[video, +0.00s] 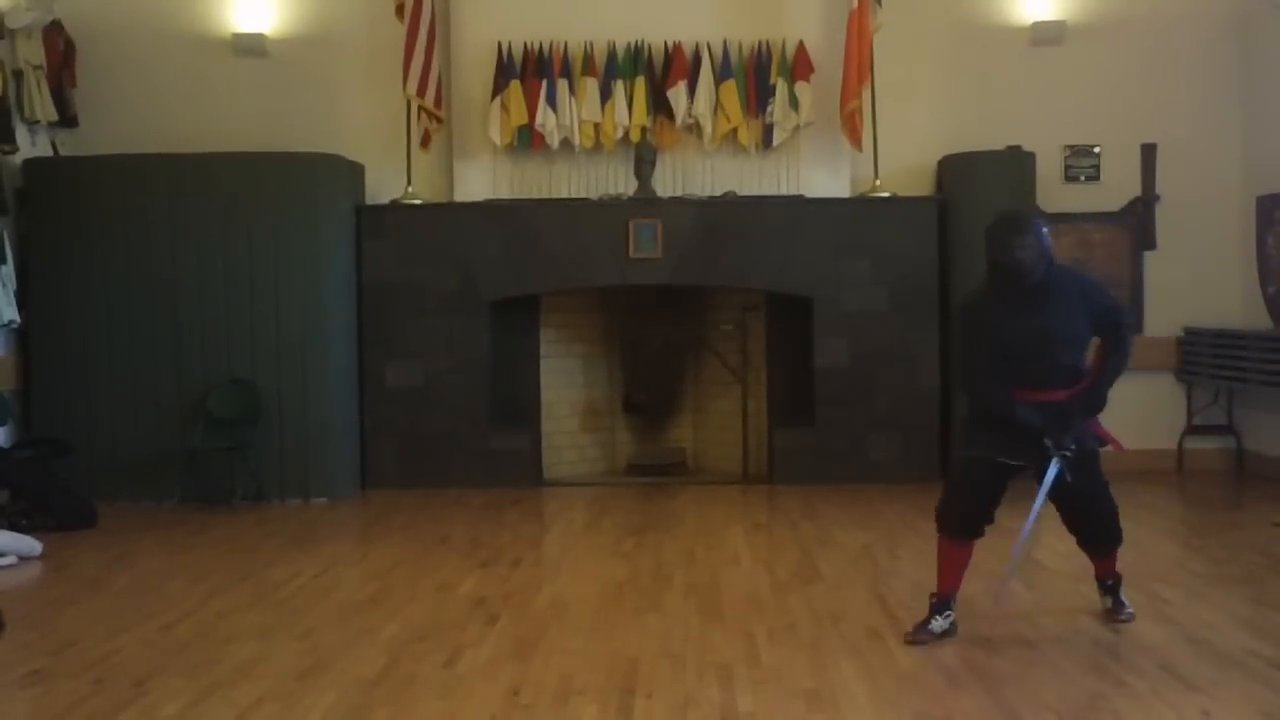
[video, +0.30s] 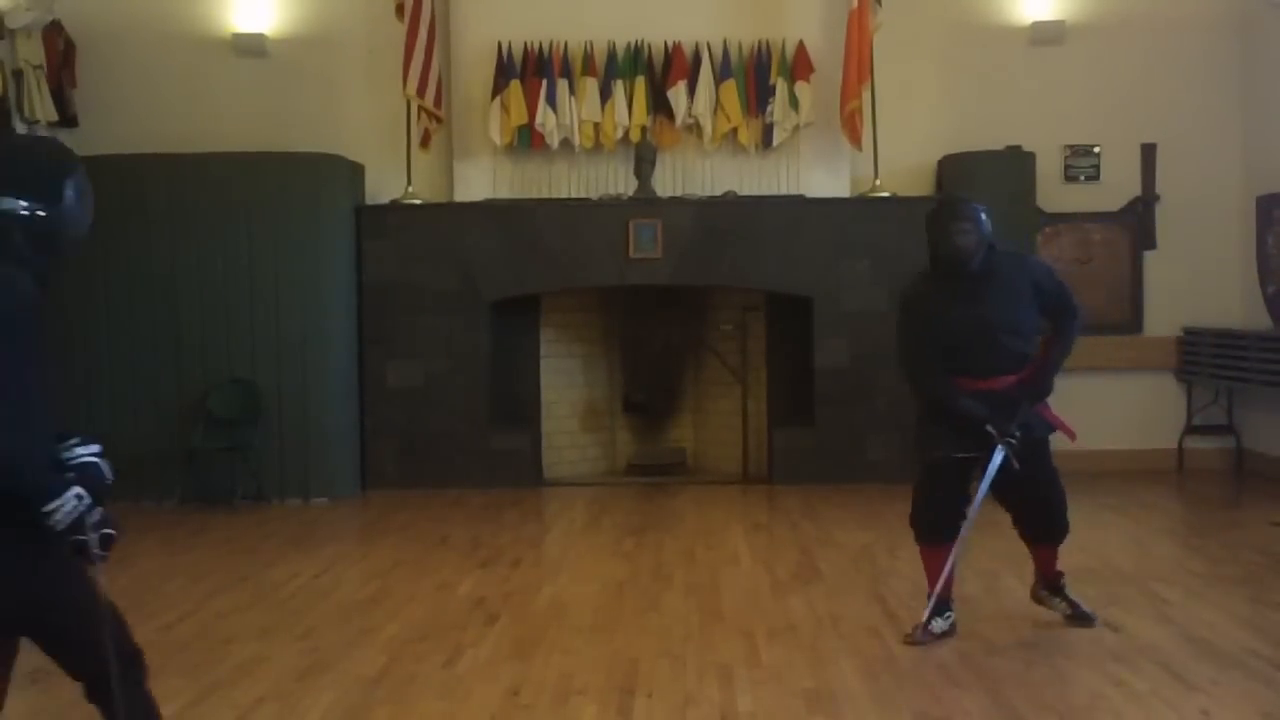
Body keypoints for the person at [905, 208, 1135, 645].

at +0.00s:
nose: (1024, 260)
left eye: (1029, 249)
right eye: (1012, 252)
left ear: (1046, 245)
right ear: (996, 255)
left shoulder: (1075, 291)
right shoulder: (980, 305)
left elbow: (1118, 330)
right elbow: (978, 387)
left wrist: (1095, 394)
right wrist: (1035, 426)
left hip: (1064, 419)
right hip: (998, 419)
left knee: (1096, 514)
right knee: (960, 506)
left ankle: (1110, 587)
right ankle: (942, 610)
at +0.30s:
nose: (961, 243)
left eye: (968, 232)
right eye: (951, 235)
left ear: (986, 232)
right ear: (936, 240)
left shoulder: (1023, 273)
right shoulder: (922, 294)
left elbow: (1067, 319)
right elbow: (921, 374)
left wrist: (1033, 389)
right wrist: (978, 416)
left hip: (1017, 413)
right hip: (950, 416)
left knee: (1043, 506)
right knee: (933, 512)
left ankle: (1048, 584)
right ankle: (941, 609)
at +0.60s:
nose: (944, 234)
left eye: (952, 223)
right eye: (934, 225)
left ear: (973, 223)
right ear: (919, 229)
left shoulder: (1006, 265)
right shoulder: (907, 282)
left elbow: (1054, 312)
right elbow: (900, 363)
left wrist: (1019, 385)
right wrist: (953, 411)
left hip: (999, 413)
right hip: (932, 413)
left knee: (991, 515)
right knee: (932, 514)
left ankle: (978, 618)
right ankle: (939, 613)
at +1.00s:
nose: (935, 227)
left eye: (946, 217)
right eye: (927, 217)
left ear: (970, 219)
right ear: (915, 221)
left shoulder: (1010, 267)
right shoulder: (903, 280)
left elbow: (1060, 323)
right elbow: (893, 362)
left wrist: (1018, 390)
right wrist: (949, 417)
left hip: (994, 410)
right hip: (924, 408)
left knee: (989, 521)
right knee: (889, 512)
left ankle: (976, 622)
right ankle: (871, 626)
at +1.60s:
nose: (905, 222)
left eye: (916, 212)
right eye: (896, 212)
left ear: (938, 217)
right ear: (879, 219)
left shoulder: (966, 272)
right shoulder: (863, 282)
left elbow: (1015, 337)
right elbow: (852, 362)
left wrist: (976, 373)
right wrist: (915, 373)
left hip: (952, 425)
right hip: (885, 427)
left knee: (983, 526)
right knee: (872, 536)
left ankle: (972, 603)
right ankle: (860, 646)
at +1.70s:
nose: (917, 222)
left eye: (927, 212)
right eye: (908, 212)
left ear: (948, 217)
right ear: (892, 219)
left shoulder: (973, 273)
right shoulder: (878, 276)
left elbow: (1011, 333)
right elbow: (876, 340)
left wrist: (963, 339)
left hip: (956, 424)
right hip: (891, 425)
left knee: (997, 526)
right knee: (878, 535)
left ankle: (980, 615)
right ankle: (859, 648)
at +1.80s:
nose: (942, 227)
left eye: (952, 216)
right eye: (930, 216)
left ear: (969, 219)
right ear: (913, 220)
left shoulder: (986, 268)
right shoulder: (894, 271)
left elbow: (1019, 312)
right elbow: (895, 307)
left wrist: (968, 303)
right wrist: (932, 259)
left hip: (973, 423)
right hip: (911, 423)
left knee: (999, 528)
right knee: (892, 533)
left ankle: (971, 624)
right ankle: (851, 645)